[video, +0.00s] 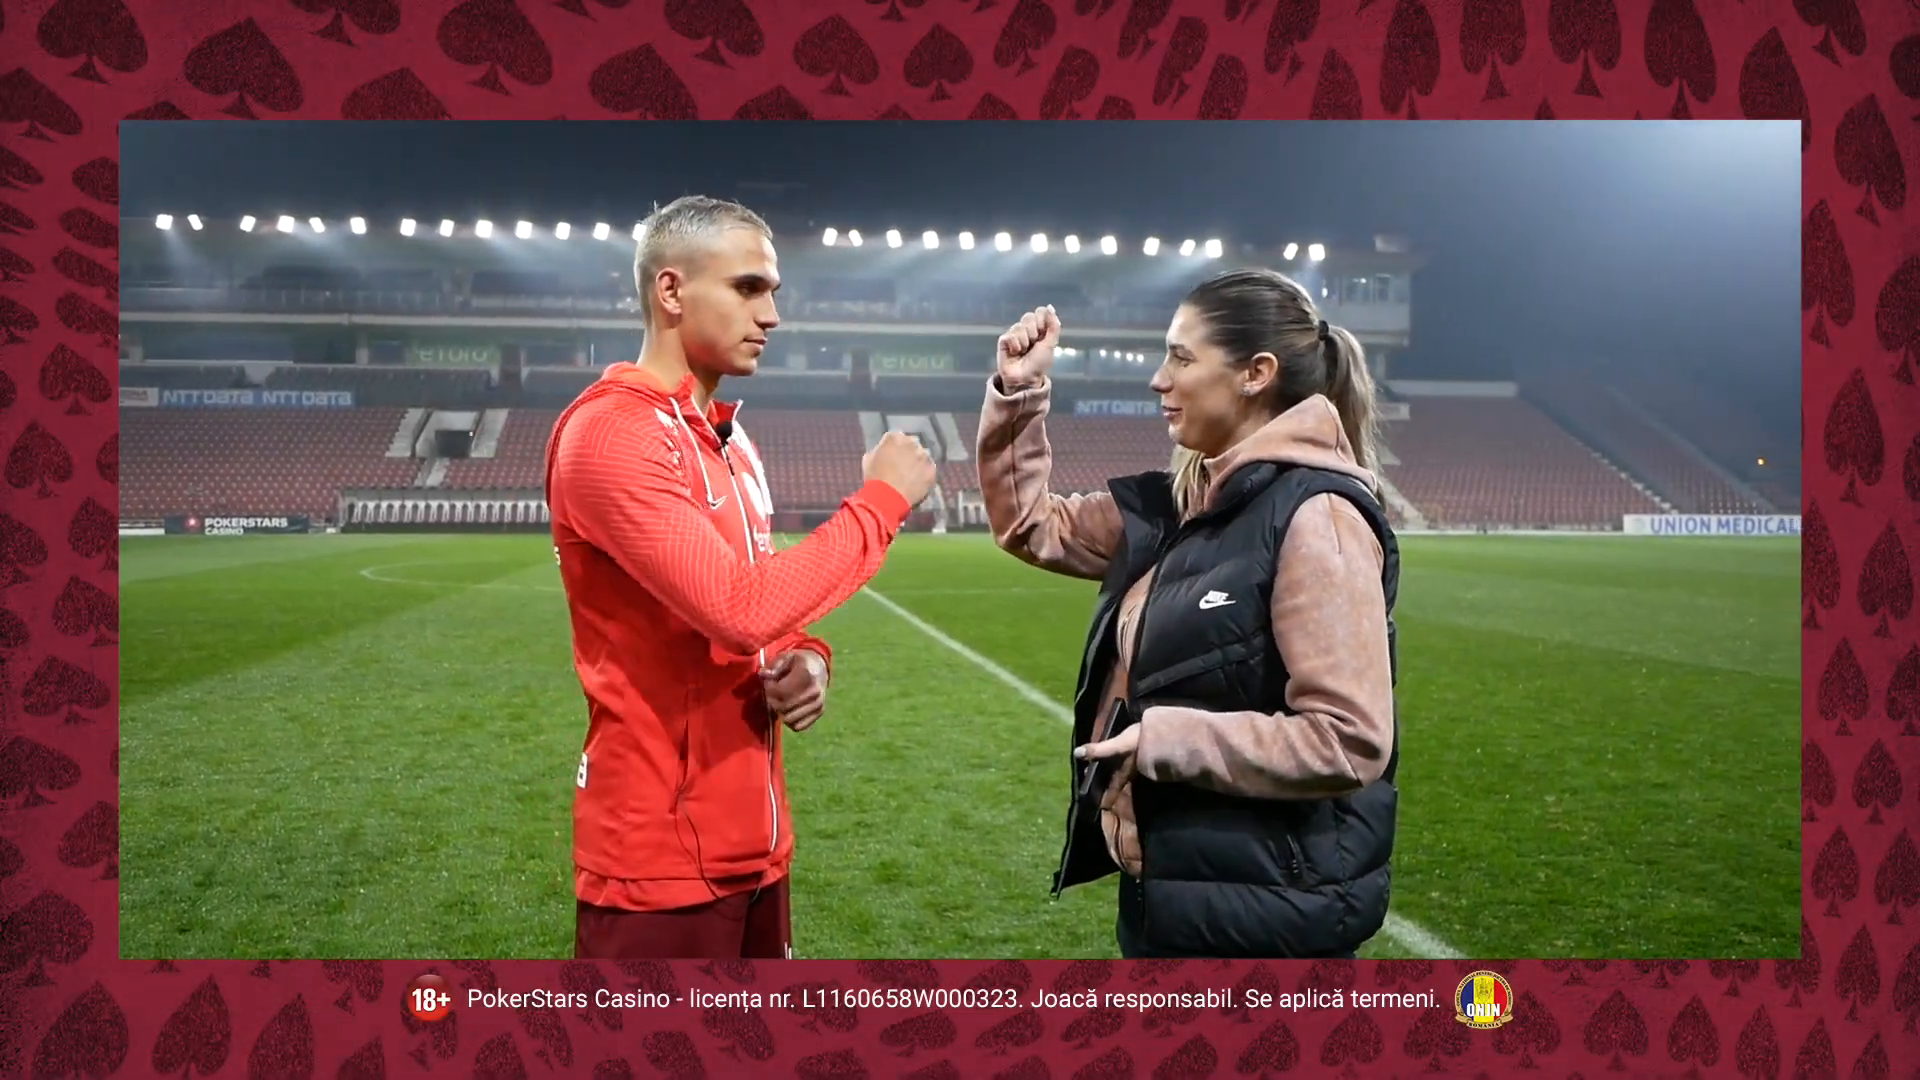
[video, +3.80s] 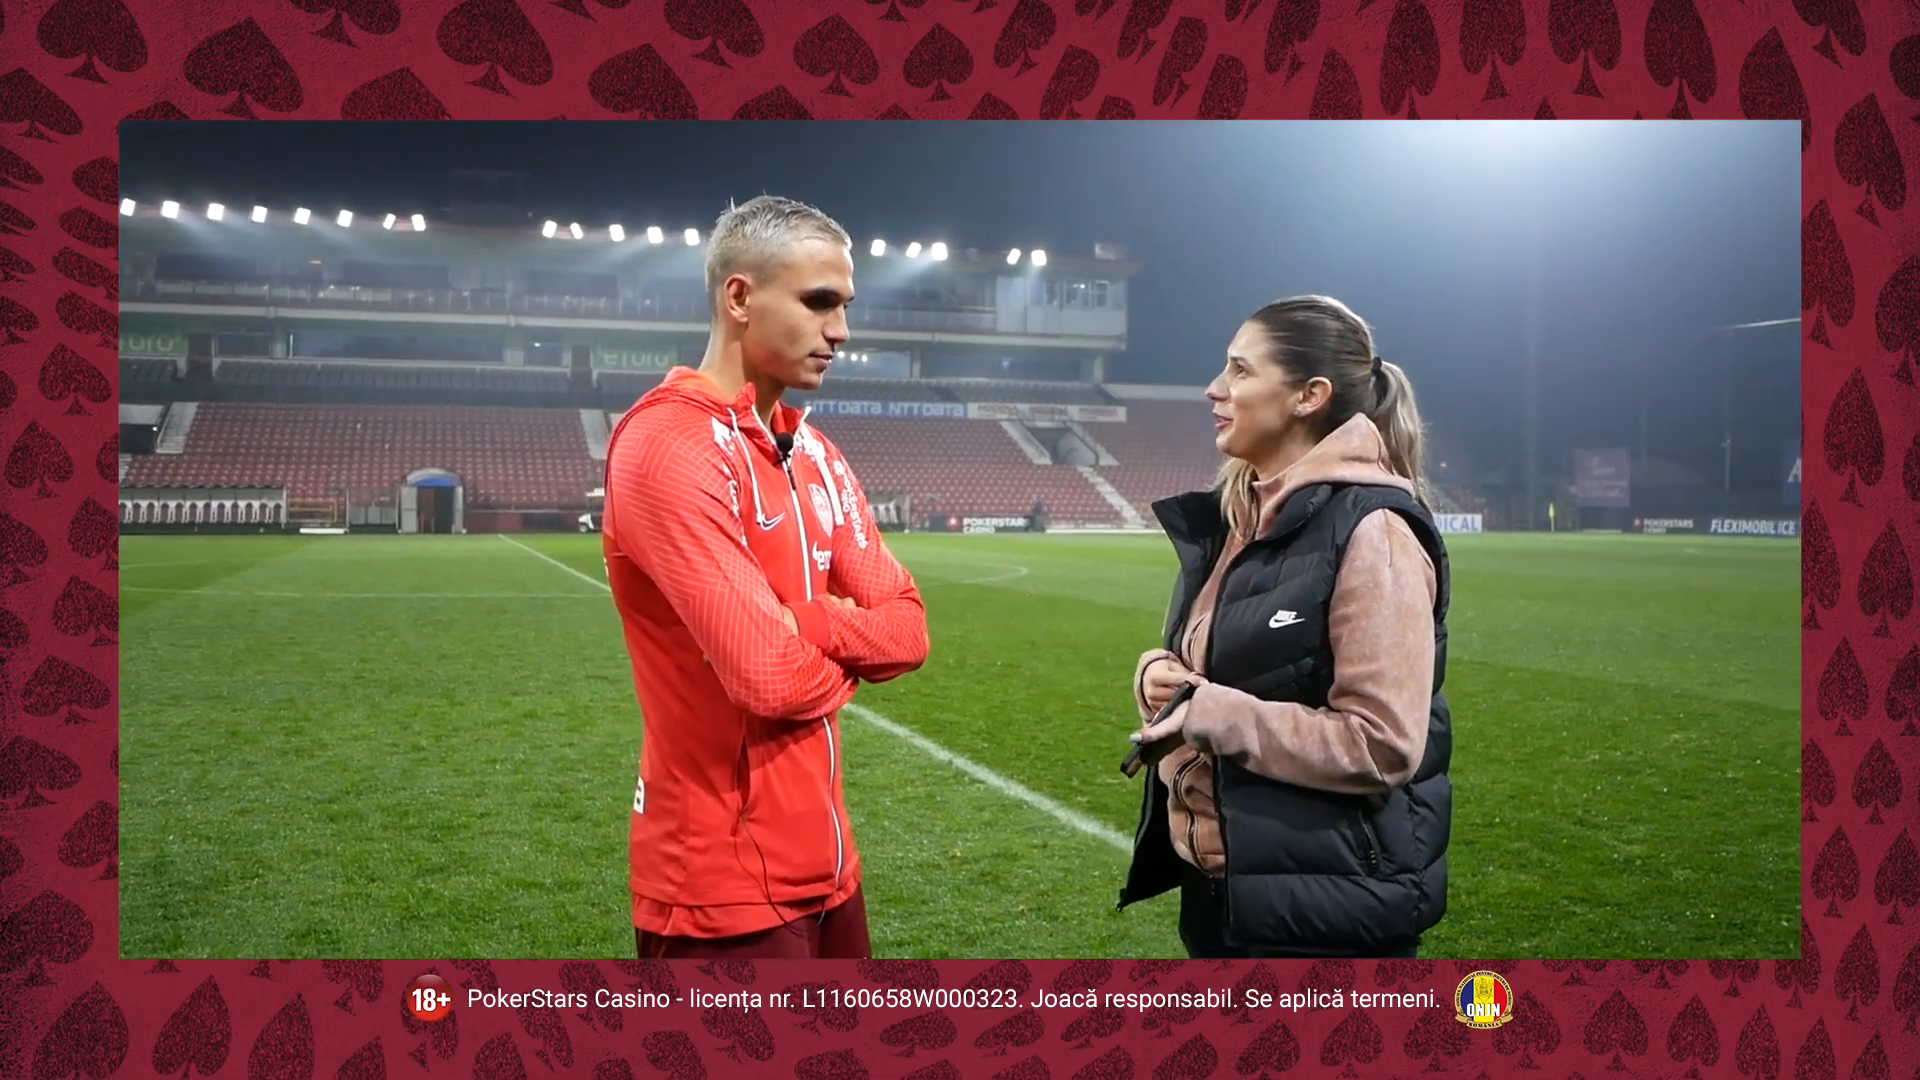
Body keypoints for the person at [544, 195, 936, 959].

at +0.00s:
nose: (771, 314)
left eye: (772, 293)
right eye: (750, 287)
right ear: (671, 291)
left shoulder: (731, 442)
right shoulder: (608, 435)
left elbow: (761, 607)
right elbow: (745, 610)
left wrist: (810, 660)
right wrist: (882, 503)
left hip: (752, 847)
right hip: (659, 860)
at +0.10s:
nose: (772, 316)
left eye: (773, 294)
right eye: (750, 290)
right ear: (671, 294)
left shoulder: (742, 443)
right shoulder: (603, 434)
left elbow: (803, 600)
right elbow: (670, 636)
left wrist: (758, 663)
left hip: (758, 849)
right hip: (660, 862)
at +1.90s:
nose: (819, 329)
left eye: (818, 306)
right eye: (796, 304)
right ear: (718, 308)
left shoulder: (809, 456)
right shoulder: (650, 459)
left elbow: (903, 623)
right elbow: (752, 678)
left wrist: (780, 617)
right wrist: (849, 647)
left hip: (809, 849)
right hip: (713, 864)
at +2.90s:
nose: (826, 350)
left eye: (833, 327)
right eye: (806, 323)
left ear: (836, 323)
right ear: (733, 313)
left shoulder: (823, 456)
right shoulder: (663, 456)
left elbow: (907, 627)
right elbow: (748, 679)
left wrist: (782, 619)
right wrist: (846, 650)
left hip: (812, 841)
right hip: (714, 853)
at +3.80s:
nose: (841, 331)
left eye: (844, 307)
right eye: (819, 302)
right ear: (738, 298)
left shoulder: (815, 451)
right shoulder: (665, 449)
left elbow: (909, 630)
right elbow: (768, 681)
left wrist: (801, 621)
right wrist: (852, 652)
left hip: (822, 861)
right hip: (720, 881)